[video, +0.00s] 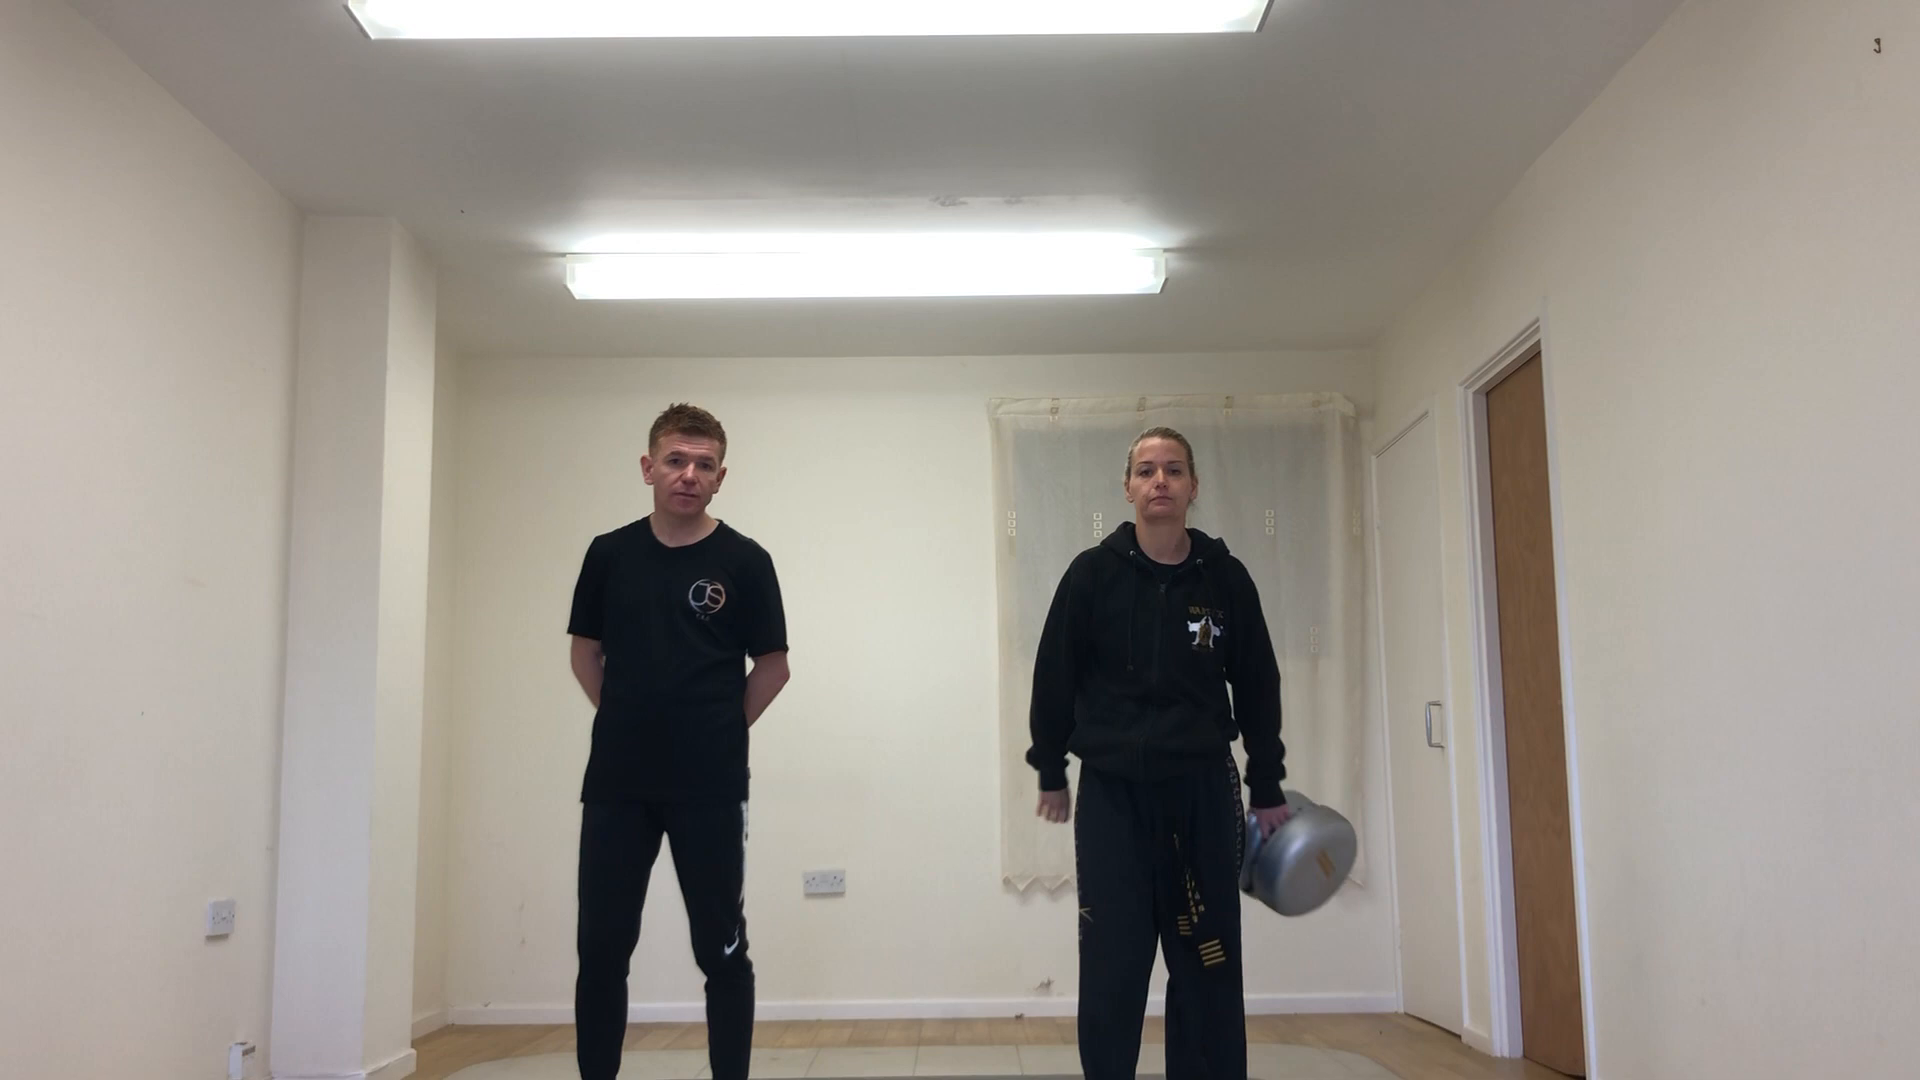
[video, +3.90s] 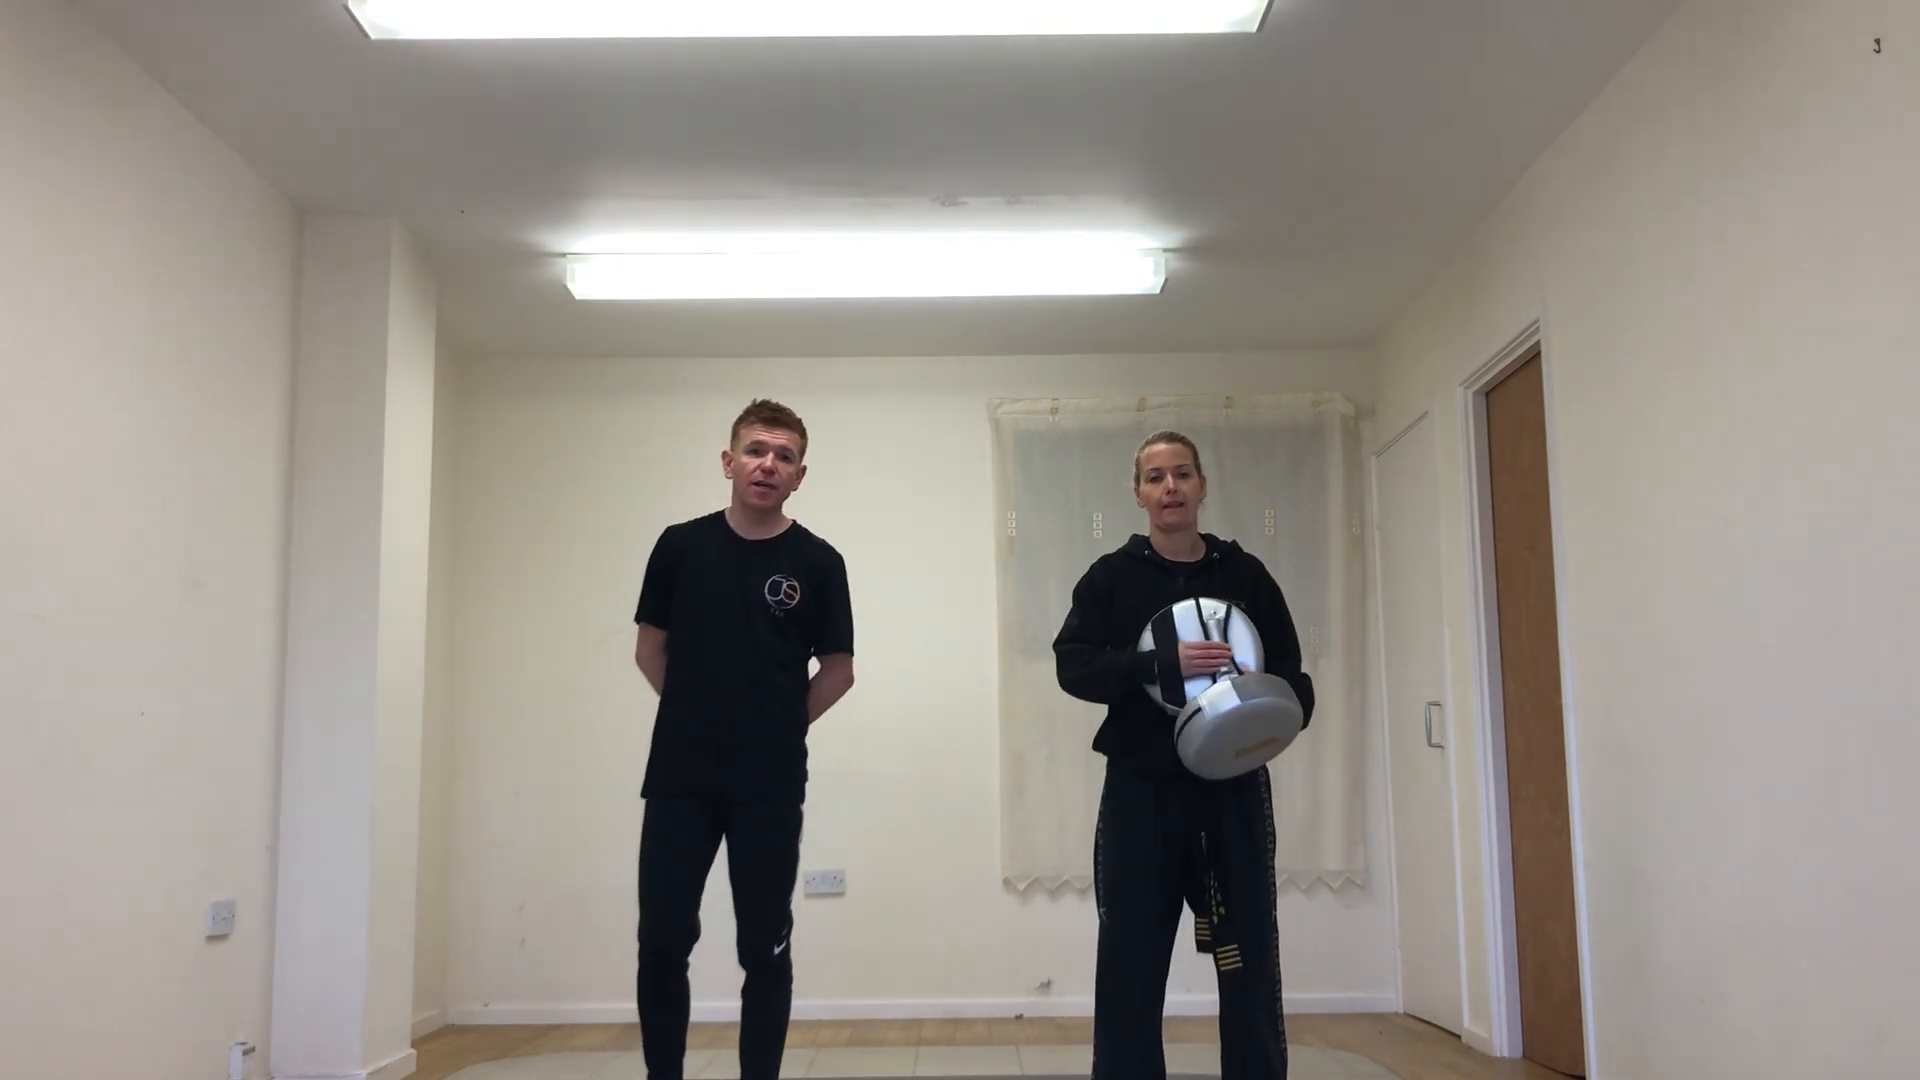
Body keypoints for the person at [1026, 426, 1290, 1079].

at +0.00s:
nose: (1159, 480)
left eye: (1172, 470)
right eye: (1145, 470)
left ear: (1192, 488)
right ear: (1128, 489)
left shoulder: (1224, 574)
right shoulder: (1092, 572)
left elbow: (1256, 678)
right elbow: (1054, 670)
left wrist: (1267, 783)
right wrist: (1050, 769)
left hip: (1203, 788)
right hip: (1112, 789)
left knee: (1208, 960)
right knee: (1113, 960)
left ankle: (1207, 1078)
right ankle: (1107, 1074)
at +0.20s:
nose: (1137, 481)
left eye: (1150, 471)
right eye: (1123, 471)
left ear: (1170, 486)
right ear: (1105, 486)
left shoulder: (1203, 568)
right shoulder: (1073, 570)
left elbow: (1222, 663)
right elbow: (1062, 665)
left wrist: (1189, 730)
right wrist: (1107, 727)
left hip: (1184, 772)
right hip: (1097, 776)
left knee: (1201, 947)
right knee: (1093, 949)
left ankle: (1211, 1074)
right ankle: (1090, 1073)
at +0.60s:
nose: (1136, 491)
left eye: (1148, 478)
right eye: (1122, 480)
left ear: (1168, 487)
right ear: (1105, 491)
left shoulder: (1202, 571)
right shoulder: (1075, 571)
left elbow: (1206, 670)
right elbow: (1057, 672)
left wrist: (1170, 738)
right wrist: (1066, 762)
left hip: (1189, 776)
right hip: (1099, 779)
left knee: (1210, 952)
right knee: (1098, 955)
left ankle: (1222, 1074)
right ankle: (1093, 1076)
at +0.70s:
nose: (1135, 492)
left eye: (1147, 479)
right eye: (1121, 480)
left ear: (1167, 485)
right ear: (1101, 489)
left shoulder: (1196, 572)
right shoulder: (1072, 570)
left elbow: (1215, 685)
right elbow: (1023, 667)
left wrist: (1228, 786)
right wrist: (973, 757)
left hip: (1188, 787)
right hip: (1100, 791)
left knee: (1211, 965)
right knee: (1106, 969)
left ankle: (1224, 1077)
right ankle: (1110, 1079)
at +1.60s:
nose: (1123, 586)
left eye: (1136, 571)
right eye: (1107, 572)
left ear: (1156, 574)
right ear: (1086, 575)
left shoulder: (1193, 636)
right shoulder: (1056, 640)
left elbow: (1216, 725)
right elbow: (1033, 727)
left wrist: (1225, 801)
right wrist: (1042, 802)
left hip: (1174, 815)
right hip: (1084, 819)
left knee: (1176, 952)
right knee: (1088, 953)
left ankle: (1170, 1071)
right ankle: (1101, 1071)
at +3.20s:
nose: (1117, 482)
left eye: (1128, 471)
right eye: (1103, 474)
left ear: (1149, 488)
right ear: (1085, 494)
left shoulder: (1187, 571)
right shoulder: (1057, 578)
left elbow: (1218, 670)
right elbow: (1027, 686)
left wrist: (1221, 709)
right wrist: (1066, 702)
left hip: (1188, 787)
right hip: (1097, 790)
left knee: (1223, 949)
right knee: (1098, 962)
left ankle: (1246, 1076)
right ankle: (1104, 1079)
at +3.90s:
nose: (1170, 485)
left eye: (1181, 473)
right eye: (1155, 476)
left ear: (1202, 486)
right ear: (1138, 492)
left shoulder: (1245, 573)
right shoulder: (1111, 576)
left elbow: (1291, 677)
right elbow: (1073, 668)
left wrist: (1271, 719)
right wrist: (1162, 662)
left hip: (1235, 789)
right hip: (1142, 790)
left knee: (1250, 966)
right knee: (1130, 971)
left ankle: (1257, 1077)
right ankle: (1126, 1079)